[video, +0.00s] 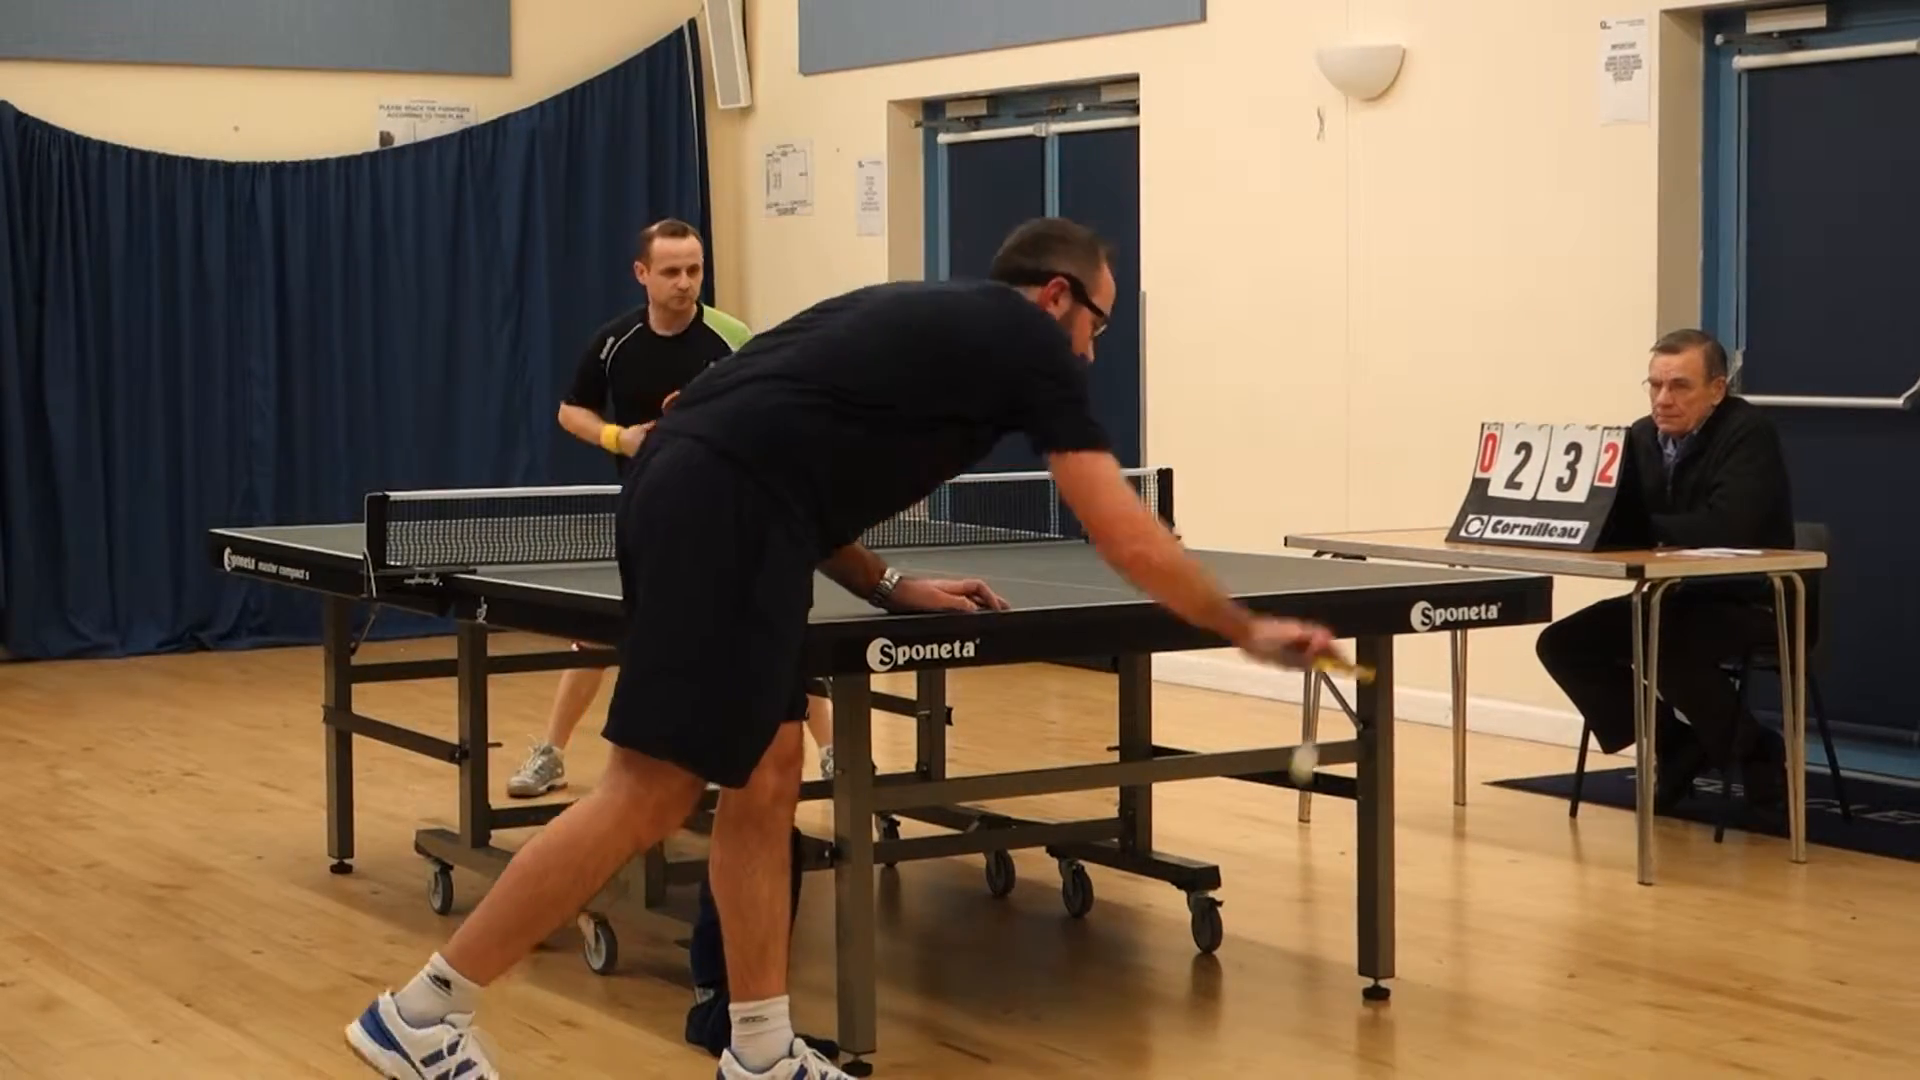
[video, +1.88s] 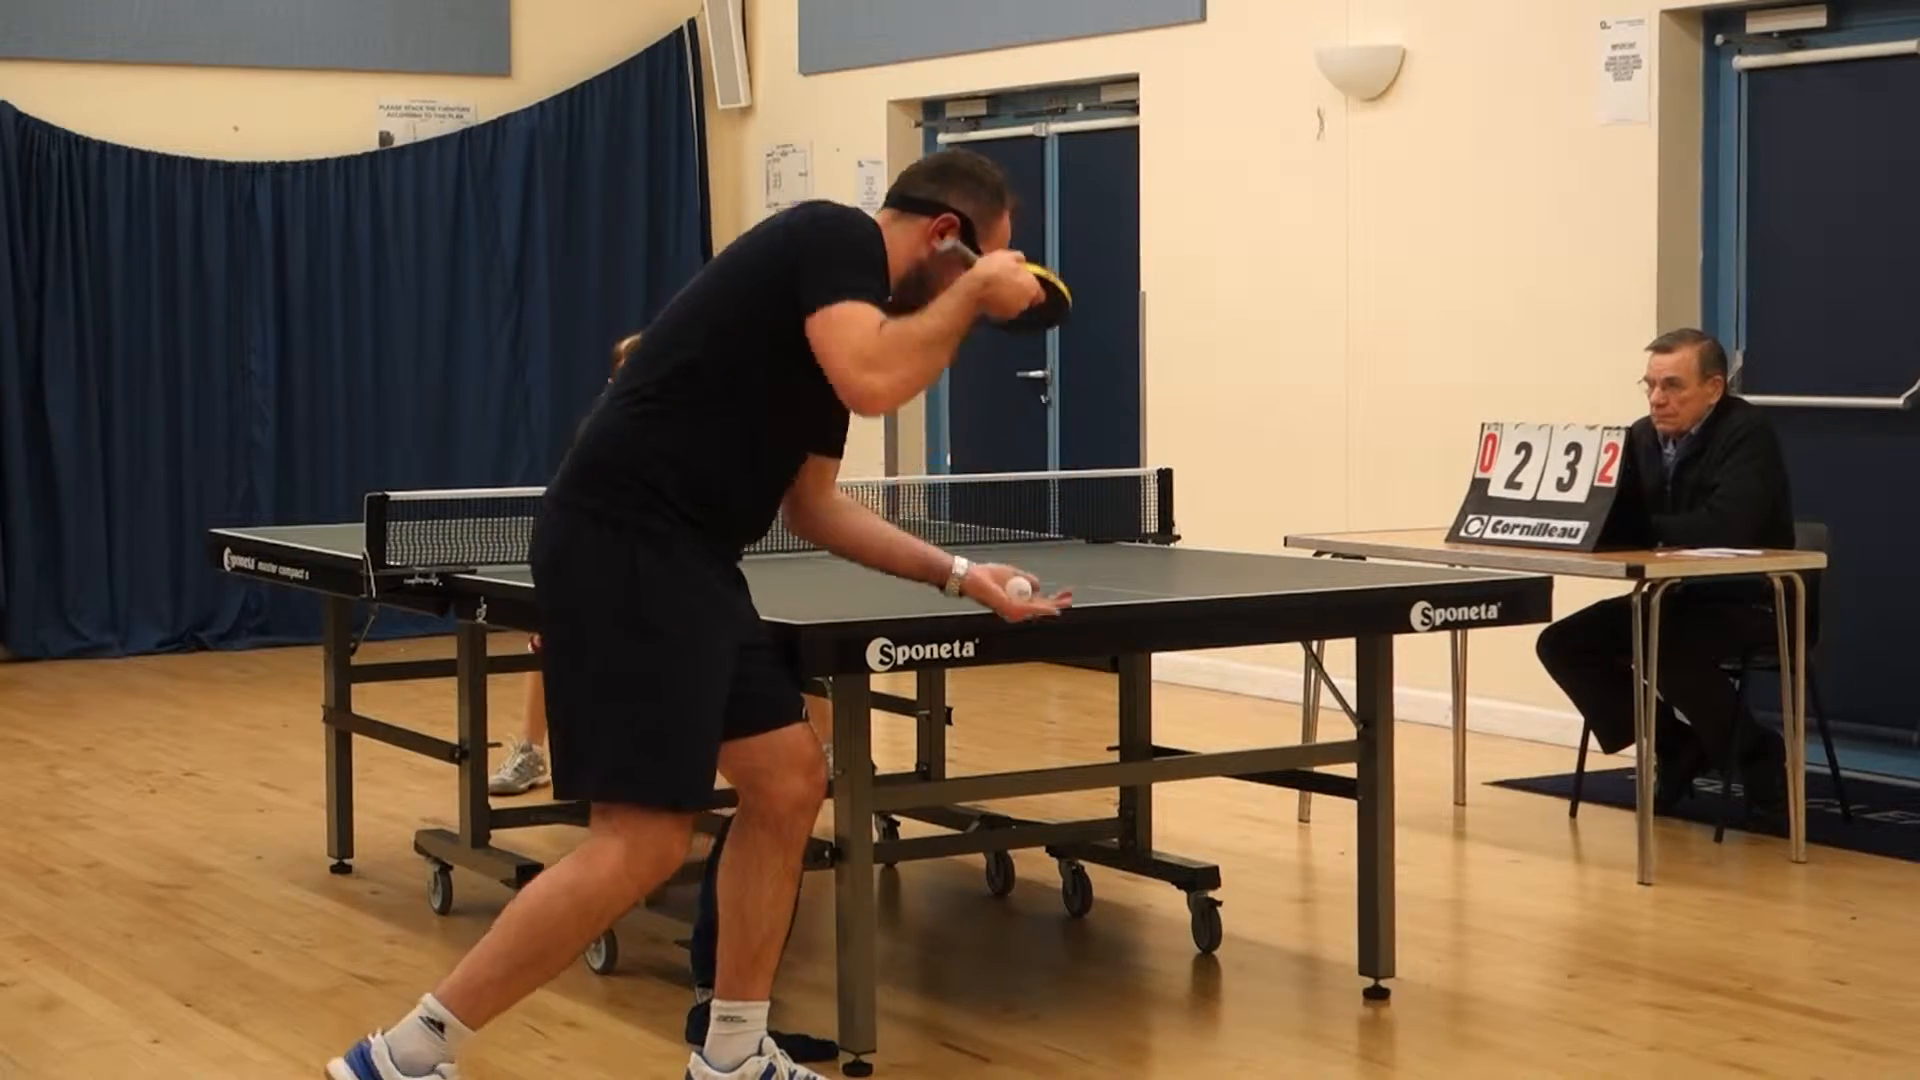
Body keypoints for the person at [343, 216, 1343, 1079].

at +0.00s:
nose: (1101, 335)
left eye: (1103, 316)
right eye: (1098, 313)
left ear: (1016, 287)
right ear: (1058, 292)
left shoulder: (913, 322)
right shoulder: (1034, 335)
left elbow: (785, 468)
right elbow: (1116, 527)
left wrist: (896, 584)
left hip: (708, 498)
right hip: (719, 501)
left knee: (768, 767)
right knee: (648, 794)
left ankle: (760, 1051)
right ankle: (420, 1009)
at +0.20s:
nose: (1087, 342)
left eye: (1095, 321)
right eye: (1090, 315)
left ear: (1010, 282)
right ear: (1045, 288)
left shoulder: (910, 318)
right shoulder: (1002, 344)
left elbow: (784, 476)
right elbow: (984, 554)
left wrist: (893, 586)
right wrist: (1103, 694)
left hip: (682, 495)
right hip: (719, 505)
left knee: (772, 763)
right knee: (654, 798)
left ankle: (760, 1050)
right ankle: (427, 1024)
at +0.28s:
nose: (1076, 322)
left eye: (1084, 303)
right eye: (1078, 297)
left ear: (1009, 263)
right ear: (1027, 269)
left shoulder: (892, 302)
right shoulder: (984, 326)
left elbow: (781, 478)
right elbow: (935, 528)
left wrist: (890, 582)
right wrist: (1056, 646)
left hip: (692, 501)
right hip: (704, 506)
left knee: (771, 769)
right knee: (651, 804)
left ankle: (761, 1051)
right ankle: (448, 1042)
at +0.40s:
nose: (1040, 282)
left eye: (1048, 263)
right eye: (1040, 255)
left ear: (979, 229)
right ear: (985, 226)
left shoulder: (875, 276)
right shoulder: (931, 285)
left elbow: (787, 490)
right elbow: (862, 471)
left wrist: (896, 573)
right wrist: (988, 571)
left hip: (721, 525)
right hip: (669, 514)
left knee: (779, 775)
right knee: (655, 809)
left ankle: (759, 1054)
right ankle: (472, 1058)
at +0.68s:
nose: (921, 225)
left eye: (929, 204)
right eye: (921, 197)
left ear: (853, 175)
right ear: (863, 171)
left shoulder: (773, 242)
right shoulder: (787, 248)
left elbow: (747, 448)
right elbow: (745, 459)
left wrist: (884, 483)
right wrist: (893, 487)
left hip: (655, 553)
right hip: (587, 550)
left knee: (757, 774)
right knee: (609, 839)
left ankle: (761, 1050)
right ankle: (466, 1066)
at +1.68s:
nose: (995, 308)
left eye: (1004, 291)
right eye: (1000, 284)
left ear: (939, 243)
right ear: (964, 251)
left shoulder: (842, 312)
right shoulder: (867, 275)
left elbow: (820, 519)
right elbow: (868, 463)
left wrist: (971, 523)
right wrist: (976, 384)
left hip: (693, 553)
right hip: (629, 543)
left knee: (790, 780)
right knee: (677, 837)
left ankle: (732, 1056)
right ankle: (436, 1046)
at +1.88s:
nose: (971, 292)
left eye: (982, 273)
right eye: (979, 267)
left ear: (927, 222)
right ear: (948, 231)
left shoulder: (839, 326)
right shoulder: (829, 236)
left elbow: (813, 503)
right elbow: (872, 379)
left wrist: (962, 573)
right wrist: (976, 290)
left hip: (690, 552)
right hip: (617, 538)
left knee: (789, 777)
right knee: (644, 840)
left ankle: (732, 1050)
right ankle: (403, 1053)